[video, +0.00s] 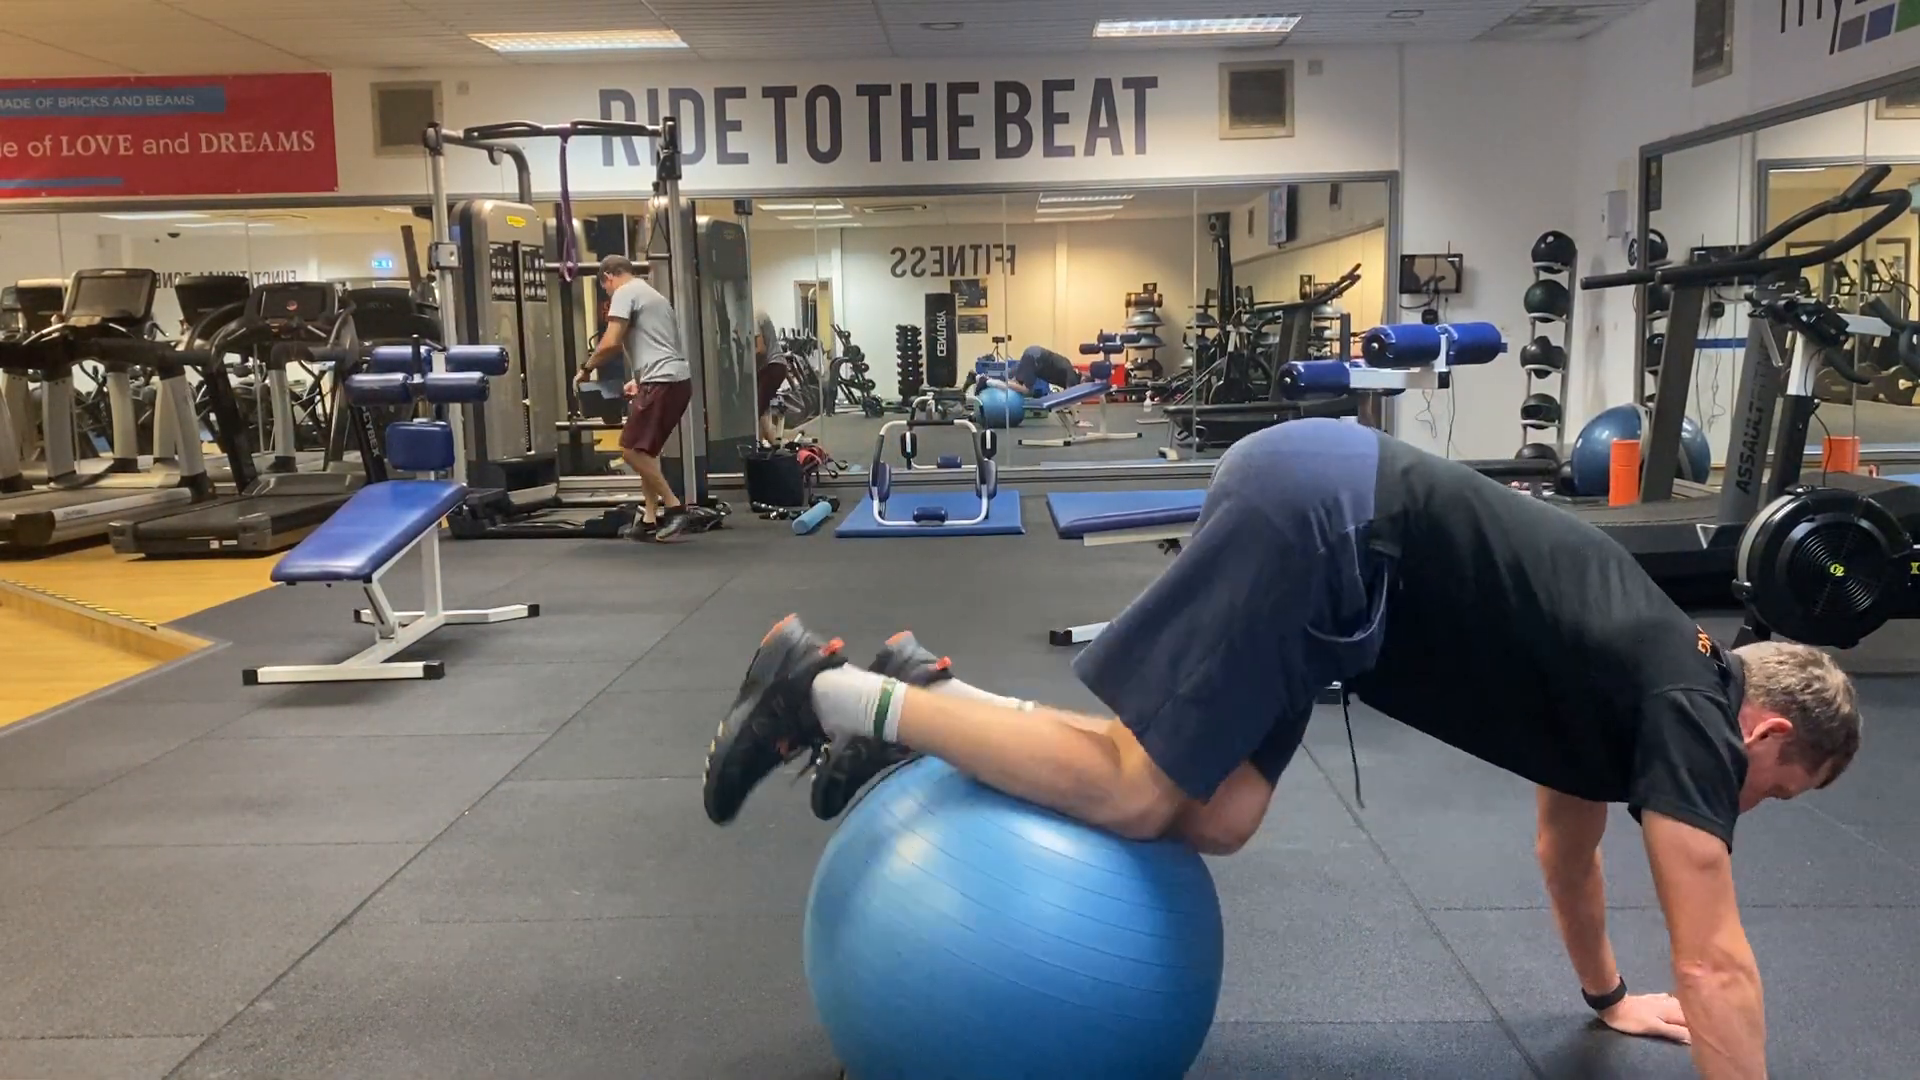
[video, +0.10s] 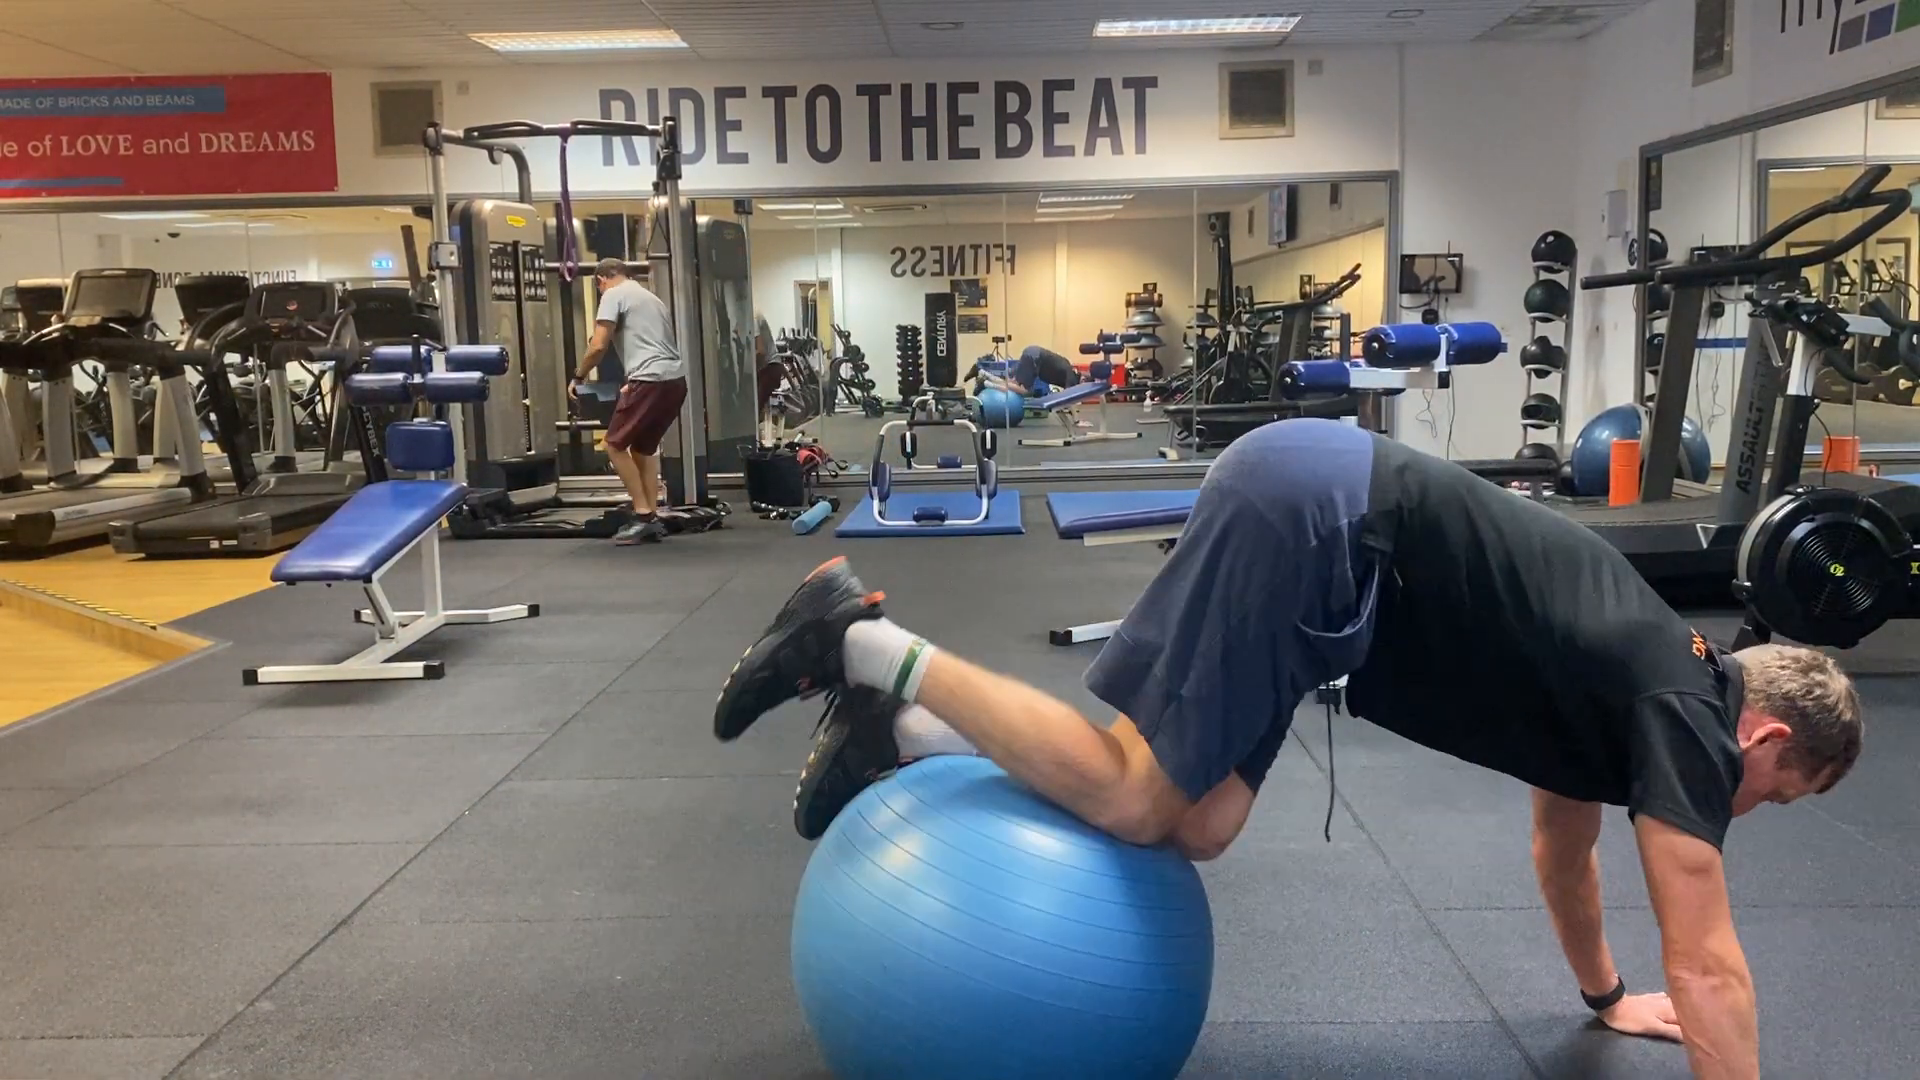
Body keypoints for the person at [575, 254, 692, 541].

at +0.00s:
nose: (606, 290)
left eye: (604, 284)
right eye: (604, 286)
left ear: (610, 276)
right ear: (628, 272)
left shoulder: (625, 292)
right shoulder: (651, 293)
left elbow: (611, 343)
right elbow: (663, 346)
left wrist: (587, 367)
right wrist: (641, 381)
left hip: (661, 380)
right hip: (676, 379)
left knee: (630, 448)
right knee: (647, 451)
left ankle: (675, 508)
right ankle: (649, 519)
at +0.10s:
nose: (600, 291)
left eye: (599, 286)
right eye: (599, 287)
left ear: (604, 279)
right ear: (625, 274)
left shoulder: (613, 294)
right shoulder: (650, 297)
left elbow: (599, 346)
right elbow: (660, 346)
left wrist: (578, 377)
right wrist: (634, 381)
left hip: (649, 380)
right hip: (676, 380)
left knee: (615, 445)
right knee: (643, 448)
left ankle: (642, 515)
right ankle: (651, 517)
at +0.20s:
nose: (595, 293)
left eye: (594, 289)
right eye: (594, 290)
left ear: (599, 283)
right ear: (621, 279)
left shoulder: (602, 297)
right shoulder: (646, 300)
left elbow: (589, 351)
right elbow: (658, 343)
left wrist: (575, 382)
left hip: (638, 381)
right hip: (670, 381)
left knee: (608, 447)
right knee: (643, 449)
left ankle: (606, 520)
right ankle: (650, 521)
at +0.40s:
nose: (584, 312)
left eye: (583, 308)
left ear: (587, 304)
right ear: (612, 302)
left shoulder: (580, 318)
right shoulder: (636, 317)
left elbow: (575, 375)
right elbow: (653, 355)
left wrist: (574, 412)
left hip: (614, 388)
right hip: (652, 385)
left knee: (594, 458)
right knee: (637, 456)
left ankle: (578, 523)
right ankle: (650, 520)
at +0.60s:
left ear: (583, 336)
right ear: (608, 335)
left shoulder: (567, 349)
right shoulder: (626, 345)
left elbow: (566, 399)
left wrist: (580, 444)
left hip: (584, 392)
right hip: (625, 388)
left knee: (577, 456)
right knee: (625, 455)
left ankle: (576, 524)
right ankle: (632, 522)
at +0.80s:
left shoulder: (564, 371)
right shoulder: (624, 370)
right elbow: (630, 432)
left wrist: (580, 477)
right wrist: (627, 472)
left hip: (567, 388)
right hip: (609, 385)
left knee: (570, 459)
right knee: (618, 460)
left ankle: (575, 525)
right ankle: (626, 524)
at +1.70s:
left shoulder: (552, 361)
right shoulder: (612, 362)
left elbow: (540, 420)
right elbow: (627, 427)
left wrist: (548, 454)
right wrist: (625, 464)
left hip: (558, 390)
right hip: (601, 389)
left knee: (554, 453)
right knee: (611, 459)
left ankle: (544, 522)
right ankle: (625, 524)